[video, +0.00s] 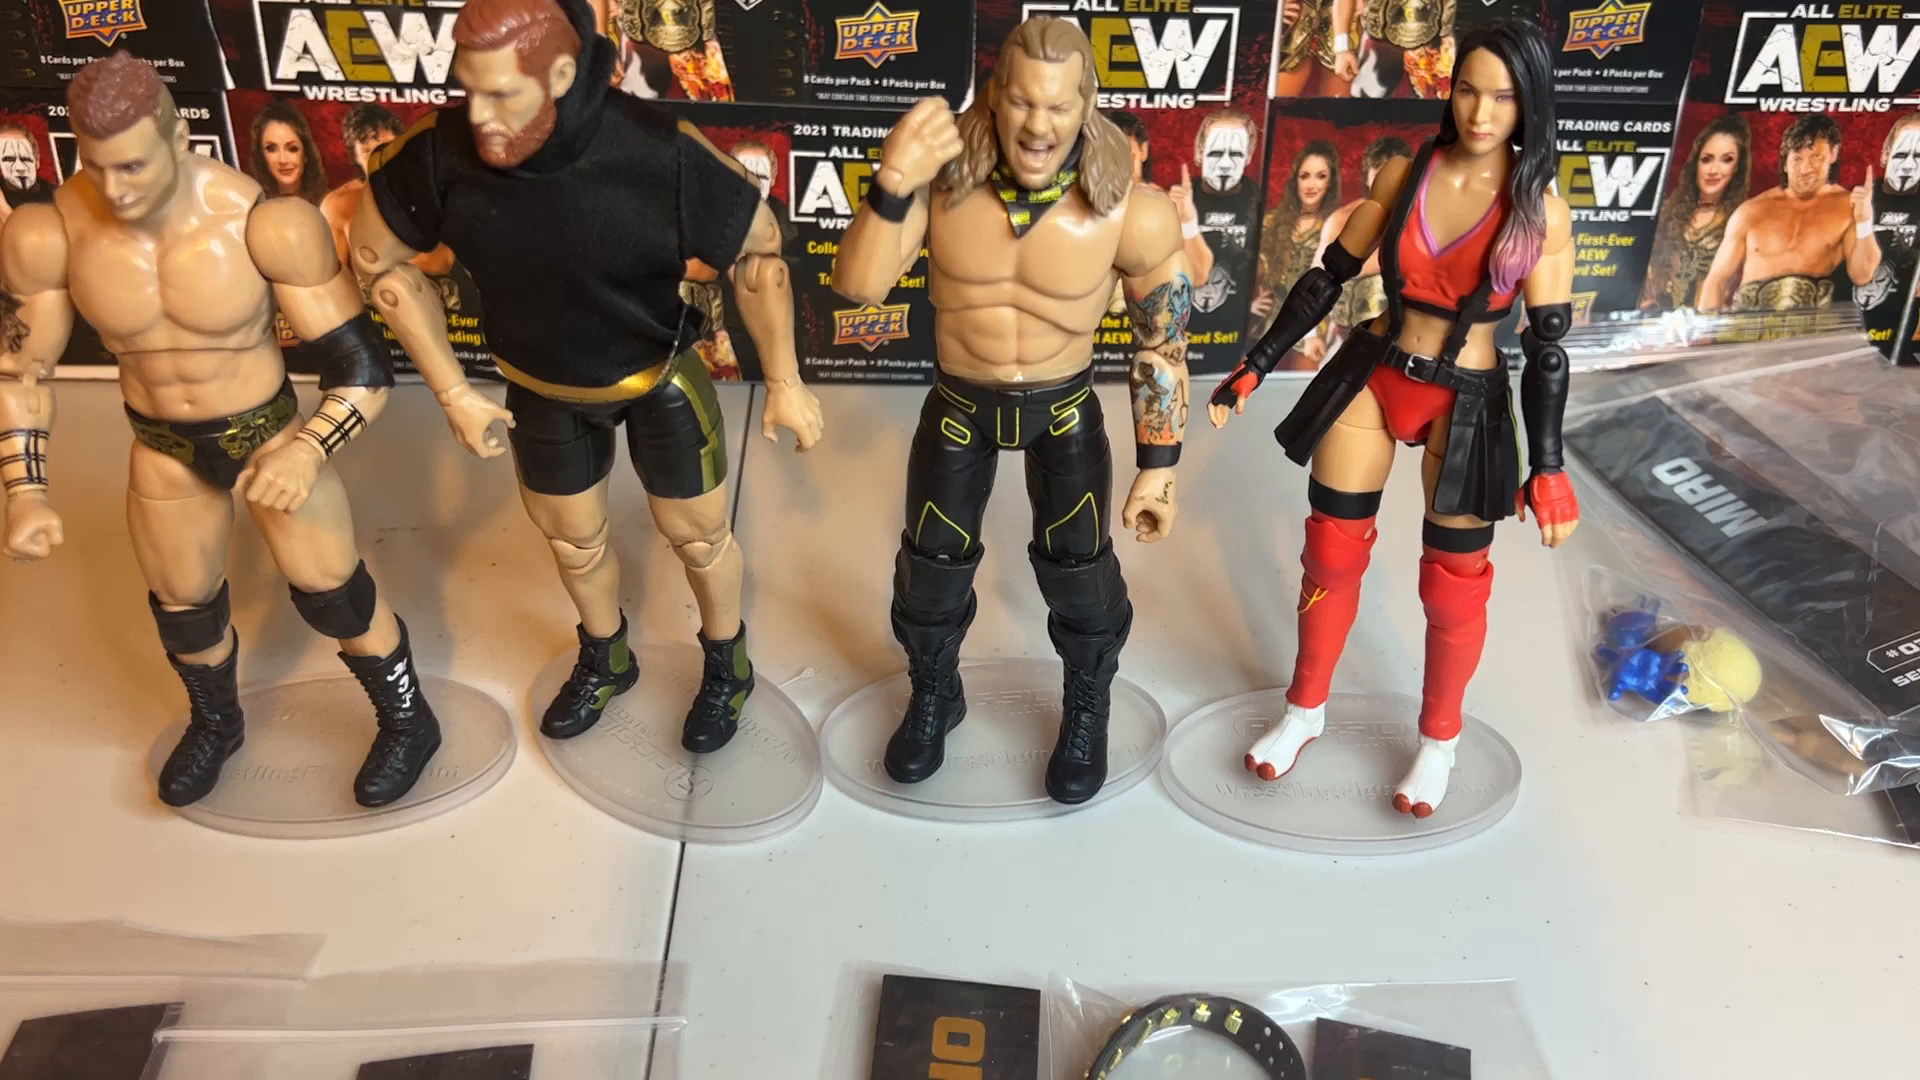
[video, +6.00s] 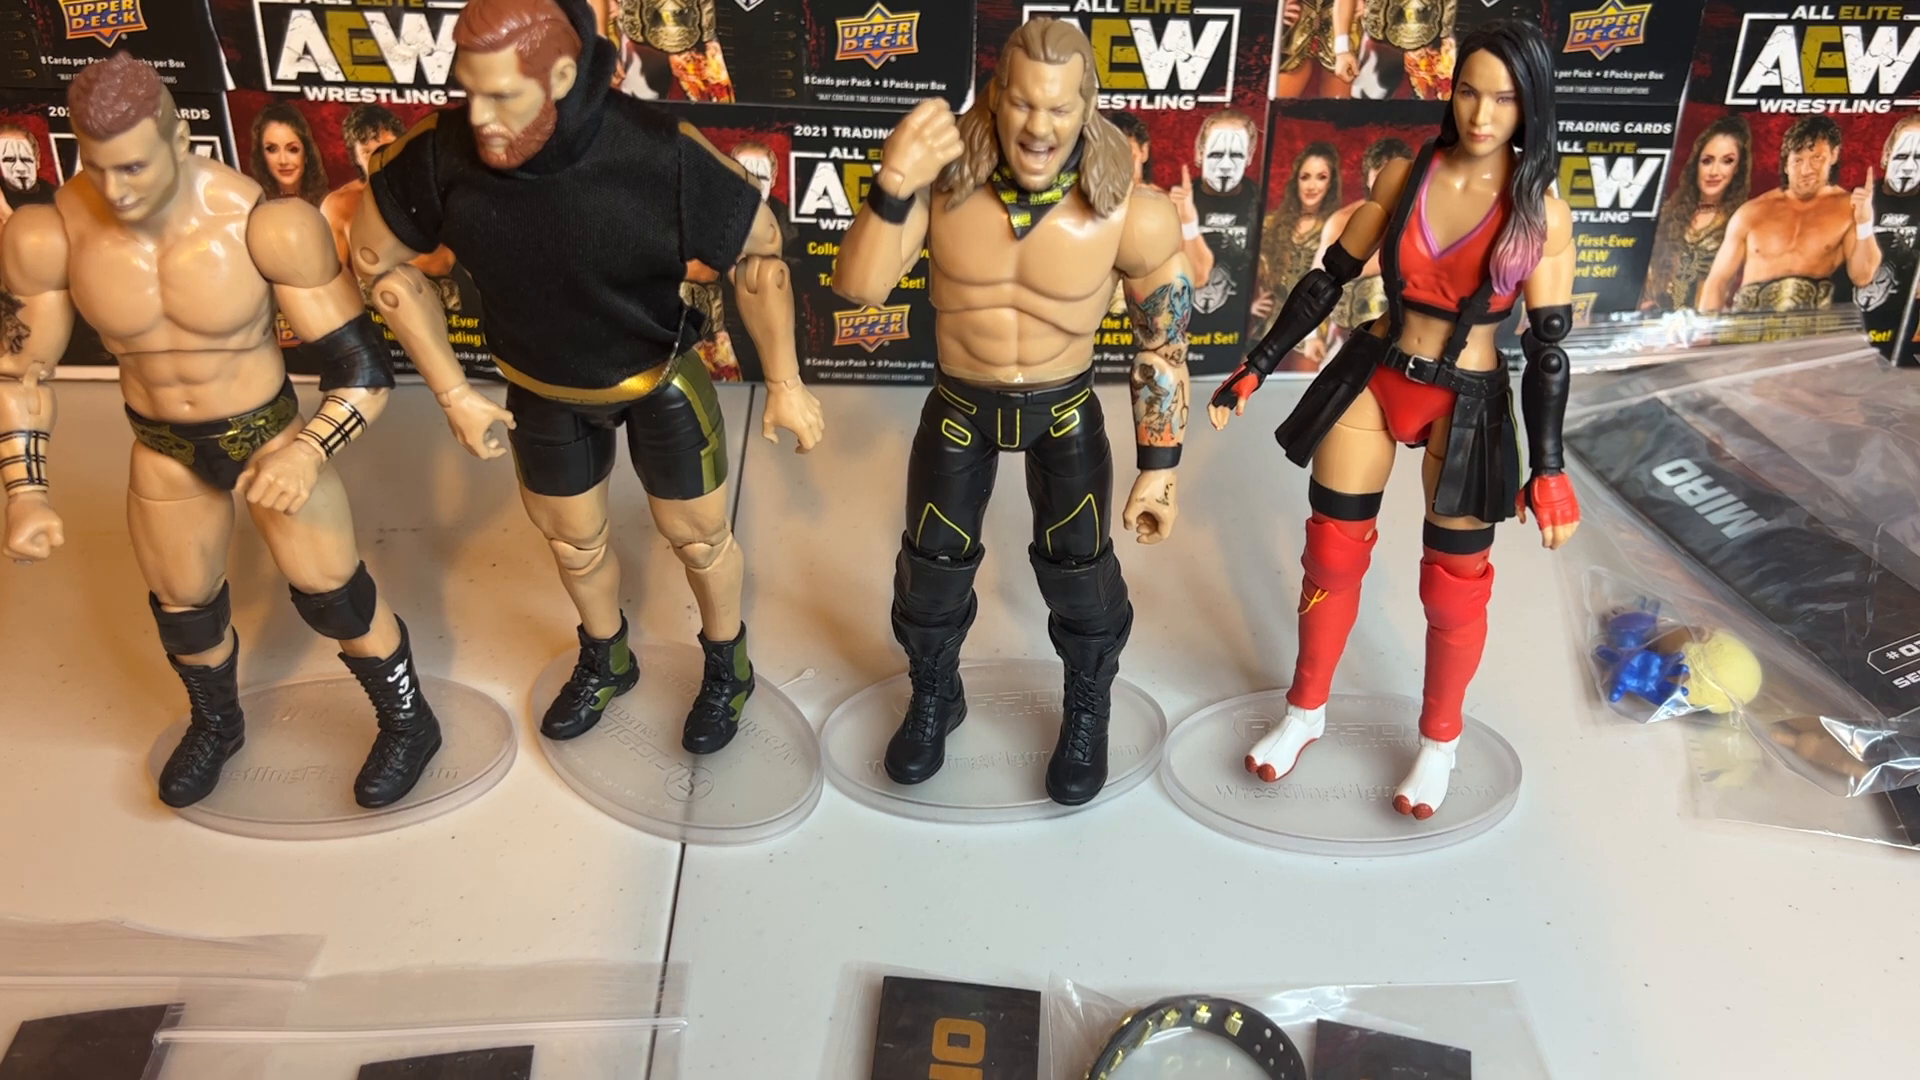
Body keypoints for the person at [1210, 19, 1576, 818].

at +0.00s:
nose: (1479, 112)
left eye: (1500, 98)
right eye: (1468, 92)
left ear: (1529, 108)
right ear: (1450, 92)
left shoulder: (1539, 207)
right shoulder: (1405, 173)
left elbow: (1548, 343)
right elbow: (1332, 272)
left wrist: (1548, 464)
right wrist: (1255, 362)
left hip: (1466, 403)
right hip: (1372, 381)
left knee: (1453, 588)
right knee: (1331, 558)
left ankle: (1437, 740)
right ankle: (1304, 708)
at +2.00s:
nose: (1479, 113)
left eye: (1500, 99)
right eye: (1469, 93)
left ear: (1528, 108)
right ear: (1450, 94)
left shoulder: (1539, 210)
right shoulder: (1405, 175)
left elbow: (1549, 345)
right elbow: (1332, 274)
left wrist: (1548, 465)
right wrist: (1256, 364)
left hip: (1467, 404)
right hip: (1372, 381)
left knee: (1453, 589)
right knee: (1331, 558)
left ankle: (1437, 741)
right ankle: (1304, 709)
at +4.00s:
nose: (1479, 113)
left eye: (1501, 99)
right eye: (1469, 93)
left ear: (1528, 108)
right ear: (1450, 93)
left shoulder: (1540, 209)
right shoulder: (1407, 174)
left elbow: (1549, 344)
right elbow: (1333, 273)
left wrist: (1549, 465)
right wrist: (1257, 363)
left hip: (1466, 405)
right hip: (1371, 382)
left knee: (1454, 590)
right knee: (1331, 560)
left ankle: (1437, 742)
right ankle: (1304, 710)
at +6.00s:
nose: (1480, 114)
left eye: (1501, 99)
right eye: (1469, 94)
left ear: (1529, 108)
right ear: (1451, 94)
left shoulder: (1540, 208)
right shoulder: (1406, 175)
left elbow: (1549, 344)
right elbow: (1332, 274)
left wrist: (1549, 466)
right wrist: (1256, 364)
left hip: (1467, 404)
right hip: (1371, 382)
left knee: (1454, 591)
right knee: (1331, 560)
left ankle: (1437, 742)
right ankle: (1304, 710)